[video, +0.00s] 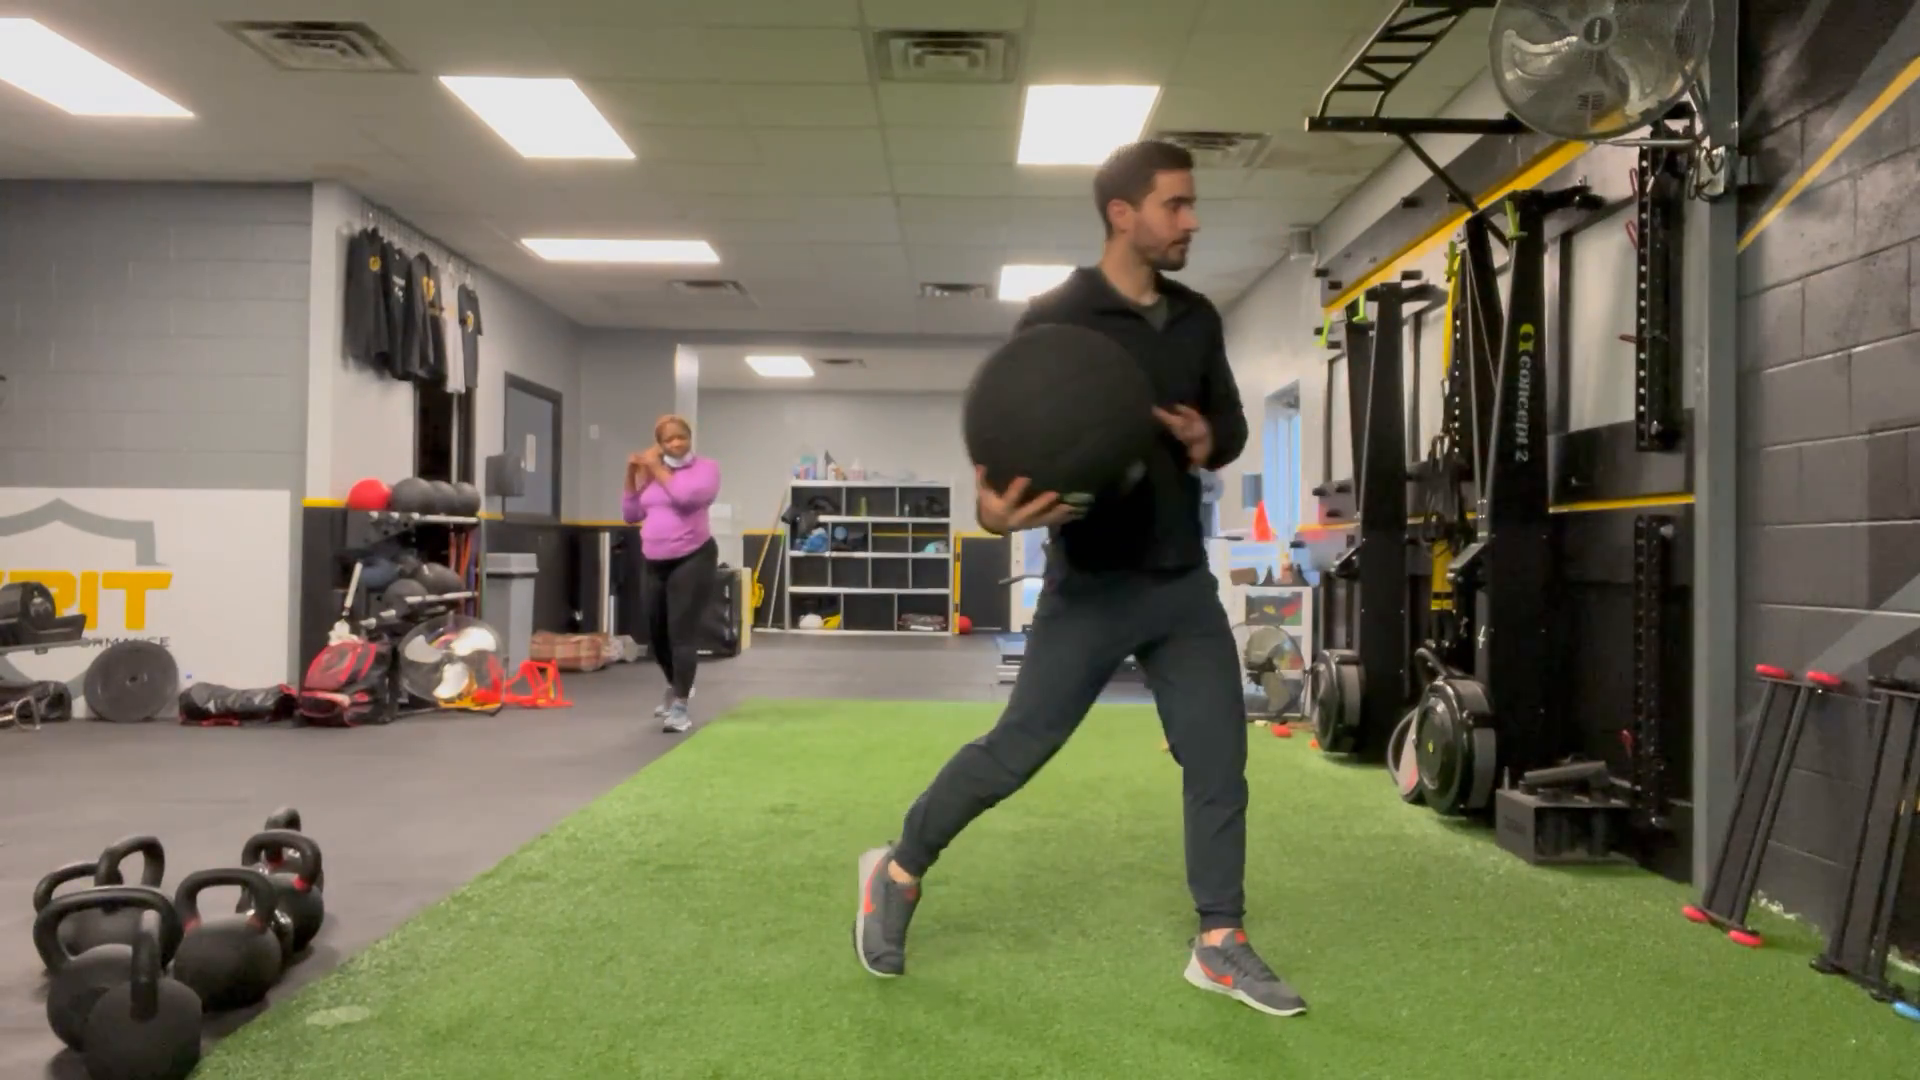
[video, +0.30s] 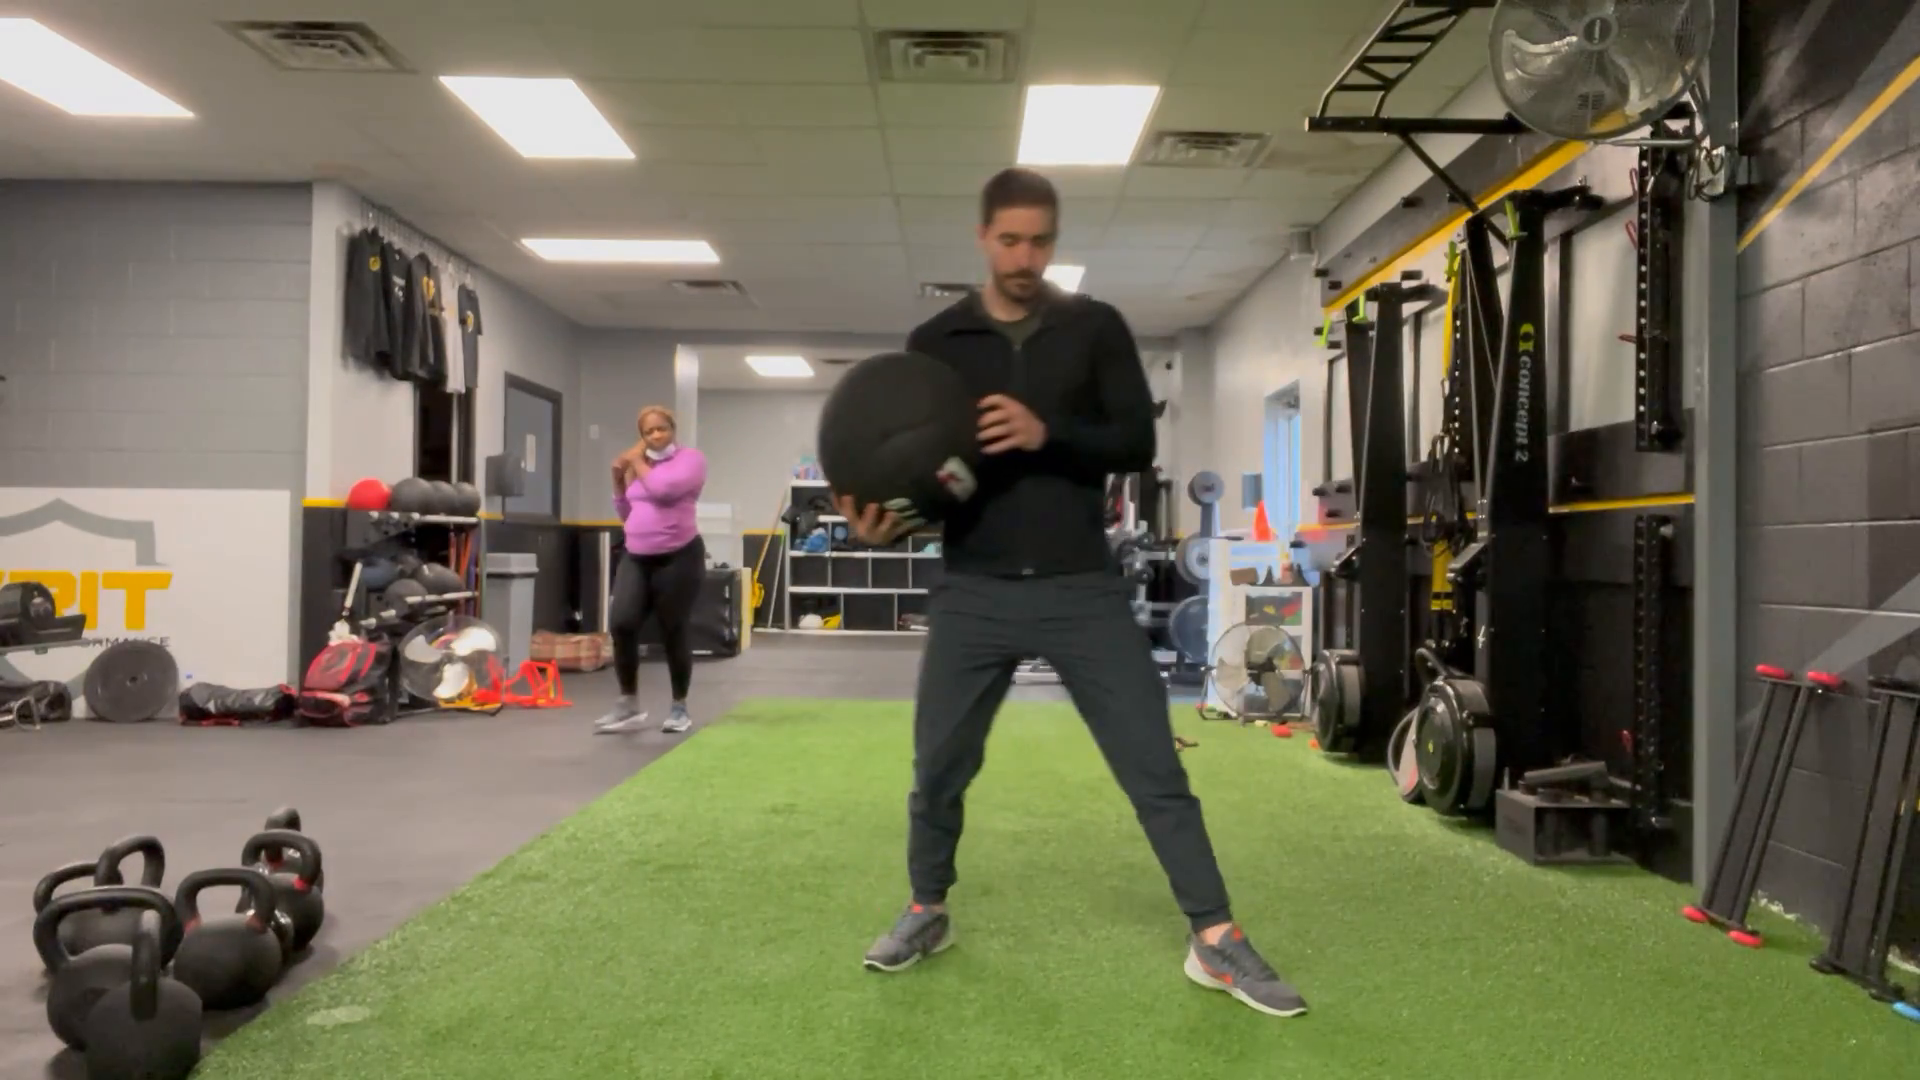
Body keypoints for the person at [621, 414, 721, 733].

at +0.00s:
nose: (676, 443)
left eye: (681, 437)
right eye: (669, 439)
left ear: (691, 439)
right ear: (660, 444)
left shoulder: (706, 468)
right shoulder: (651, 471)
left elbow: (685, 498)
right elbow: (632, 516)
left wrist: (655, 468)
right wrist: (631, 478)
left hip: (692, 557)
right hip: (655, 561)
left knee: (681, 627)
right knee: (657, 628)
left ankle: (680, 702)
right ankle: (675, 685)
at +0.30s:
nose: (655, 435)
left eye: (661, 429)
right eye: (649, 431)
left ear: (673, 431)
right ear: (642, 436)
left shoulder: (691, 460)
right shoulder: (637, 465)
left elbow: (663, 490)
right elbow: (626, 515)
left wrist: (637, 462)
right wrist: (619, 481)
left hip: (679, 555)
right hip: (637, 557)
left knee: (674, 629)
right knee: (622, 624)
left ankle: (679, 708)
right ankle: (629, 704)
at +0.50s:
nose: (635, 437)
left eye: (641, 430)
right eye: (628, 433)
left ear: (652, 433)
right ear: (620, 438)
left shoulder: (671, 463)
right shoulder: (613, 466)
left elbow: (643, 494)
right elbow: (601, 516)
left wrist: (615, 464)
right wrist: (595, 481)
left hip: (660, 558)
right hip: (617, 560)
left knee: (662, 635)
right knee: (610, 634)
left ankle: (677, 707)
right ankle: (599, 716)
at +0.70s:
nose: (613, 432)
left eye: (619, 426)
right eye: (605, 428)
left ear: (628, 428)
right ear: (595, 435)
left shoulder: (646, 458)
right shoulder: (585, 463)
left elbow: (623, 491)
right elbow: (569, 516)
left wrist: (591, 459)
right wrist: (564, 477)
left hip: (633, 558)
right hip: (589, 561)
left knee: (628, 634)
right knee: (592, 638)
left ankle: (657, 688)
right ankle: (597, 718)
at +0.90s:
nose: (596, 428)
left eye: (602, 421)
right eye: (589, 423)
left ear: (612, 424)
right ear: (577, 429)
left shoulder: (629, 455)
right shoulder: (565, 459)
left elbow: (607, 487)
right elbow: (547, 513)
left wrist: (572, 457)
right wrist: (546, 472)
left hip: (614, 555)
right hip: (571, 559)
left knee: (598, 630)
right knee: (580, 637)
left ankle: (604, 717)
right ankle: (591, 716)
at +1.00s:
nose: (588, 429)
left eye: (593, 422)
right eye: (580, 424)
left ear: (604, 424)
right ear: (568, 429)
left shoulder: (621, 455)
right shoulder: (555, 460)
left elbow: (600, 489)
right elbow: (538, 514)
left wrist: (565, 457)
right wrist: (537, 473)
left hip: (606, 557)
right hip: (564, 562)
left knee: (593, 638)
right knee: (576, 641)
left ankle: (588, 721)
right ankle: (597, 719)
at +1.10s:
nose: (580, 429)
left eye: (586, 422)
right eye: (572, 424)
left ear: (597, 424)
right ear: (560, 429)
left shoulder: (611, 456)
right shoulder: (549, 459)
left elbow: (589, 491)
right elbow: (532, 514)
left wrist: (557, 456)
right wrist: (527, 470)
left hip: (599, 557)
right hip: (555, 562)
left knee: (585, 641)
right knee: (565, 643)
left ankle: (580, 730)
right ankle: (594, 718)